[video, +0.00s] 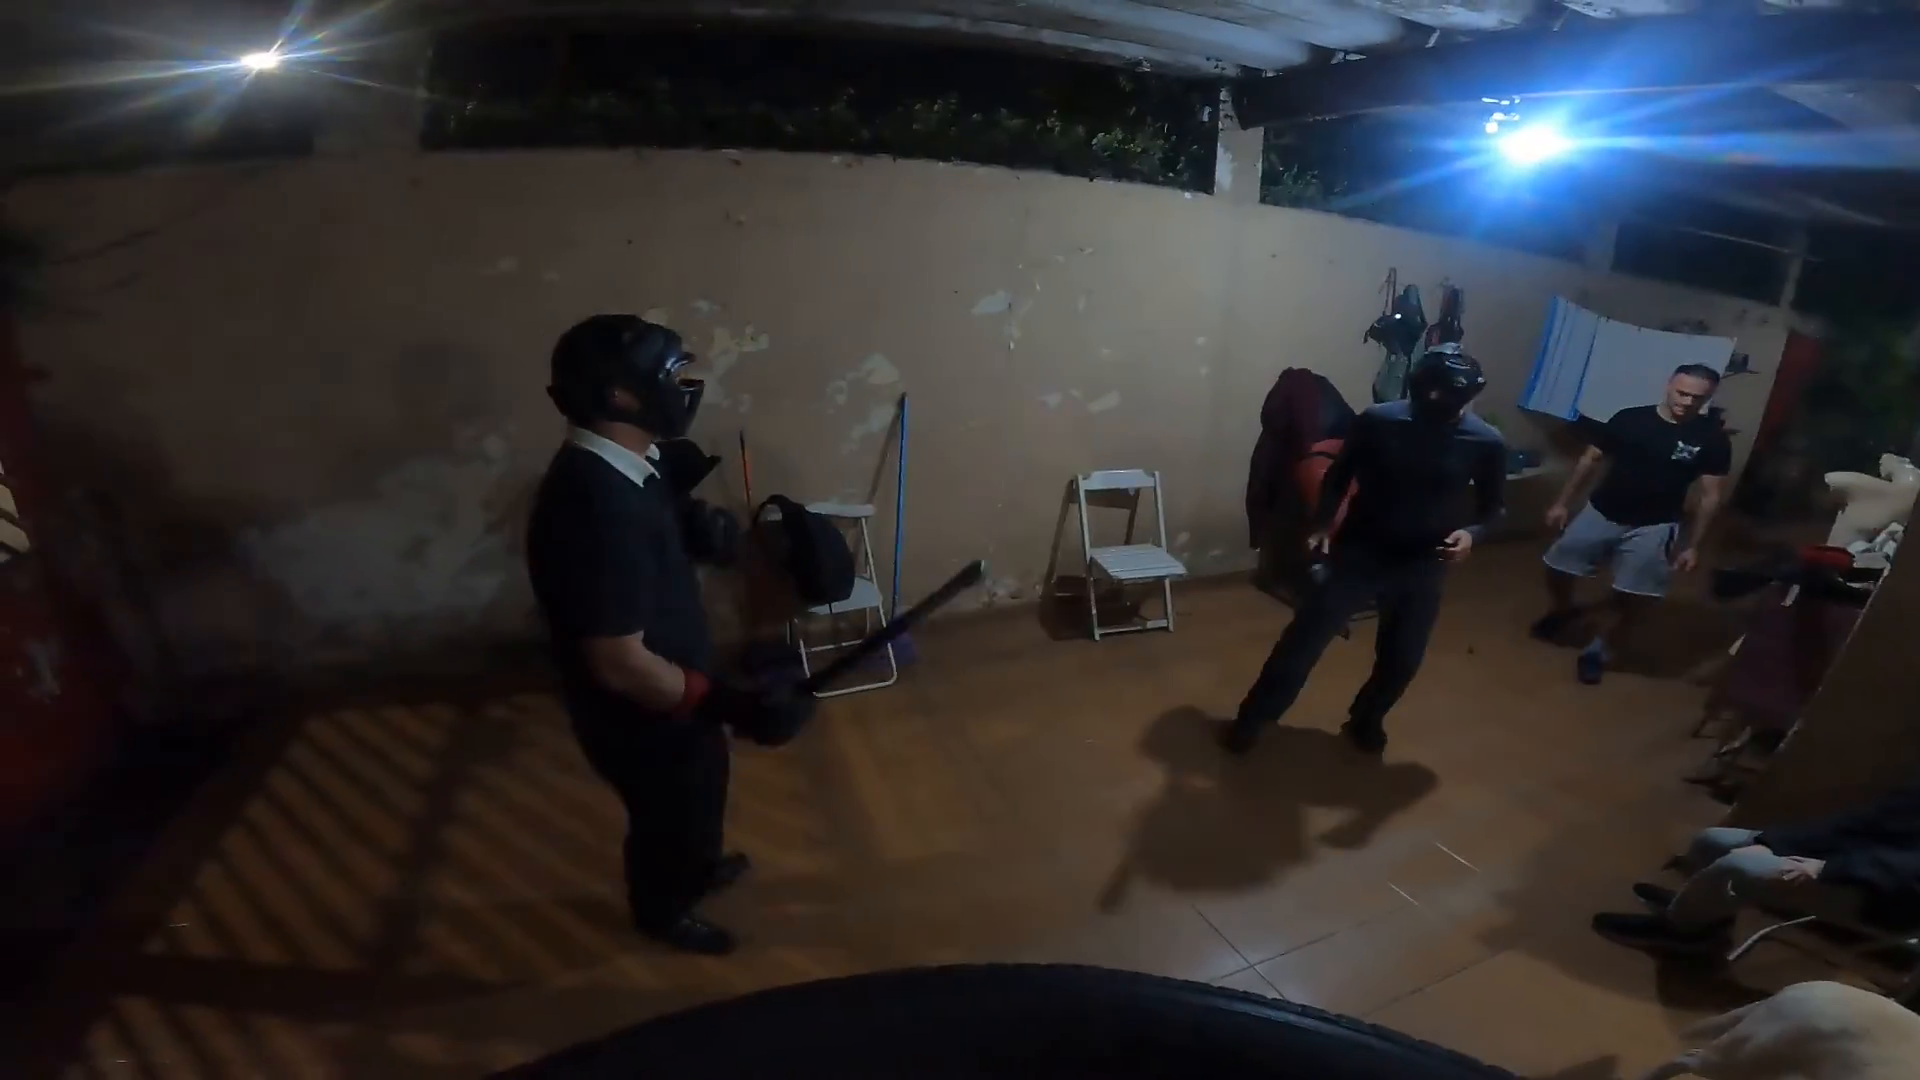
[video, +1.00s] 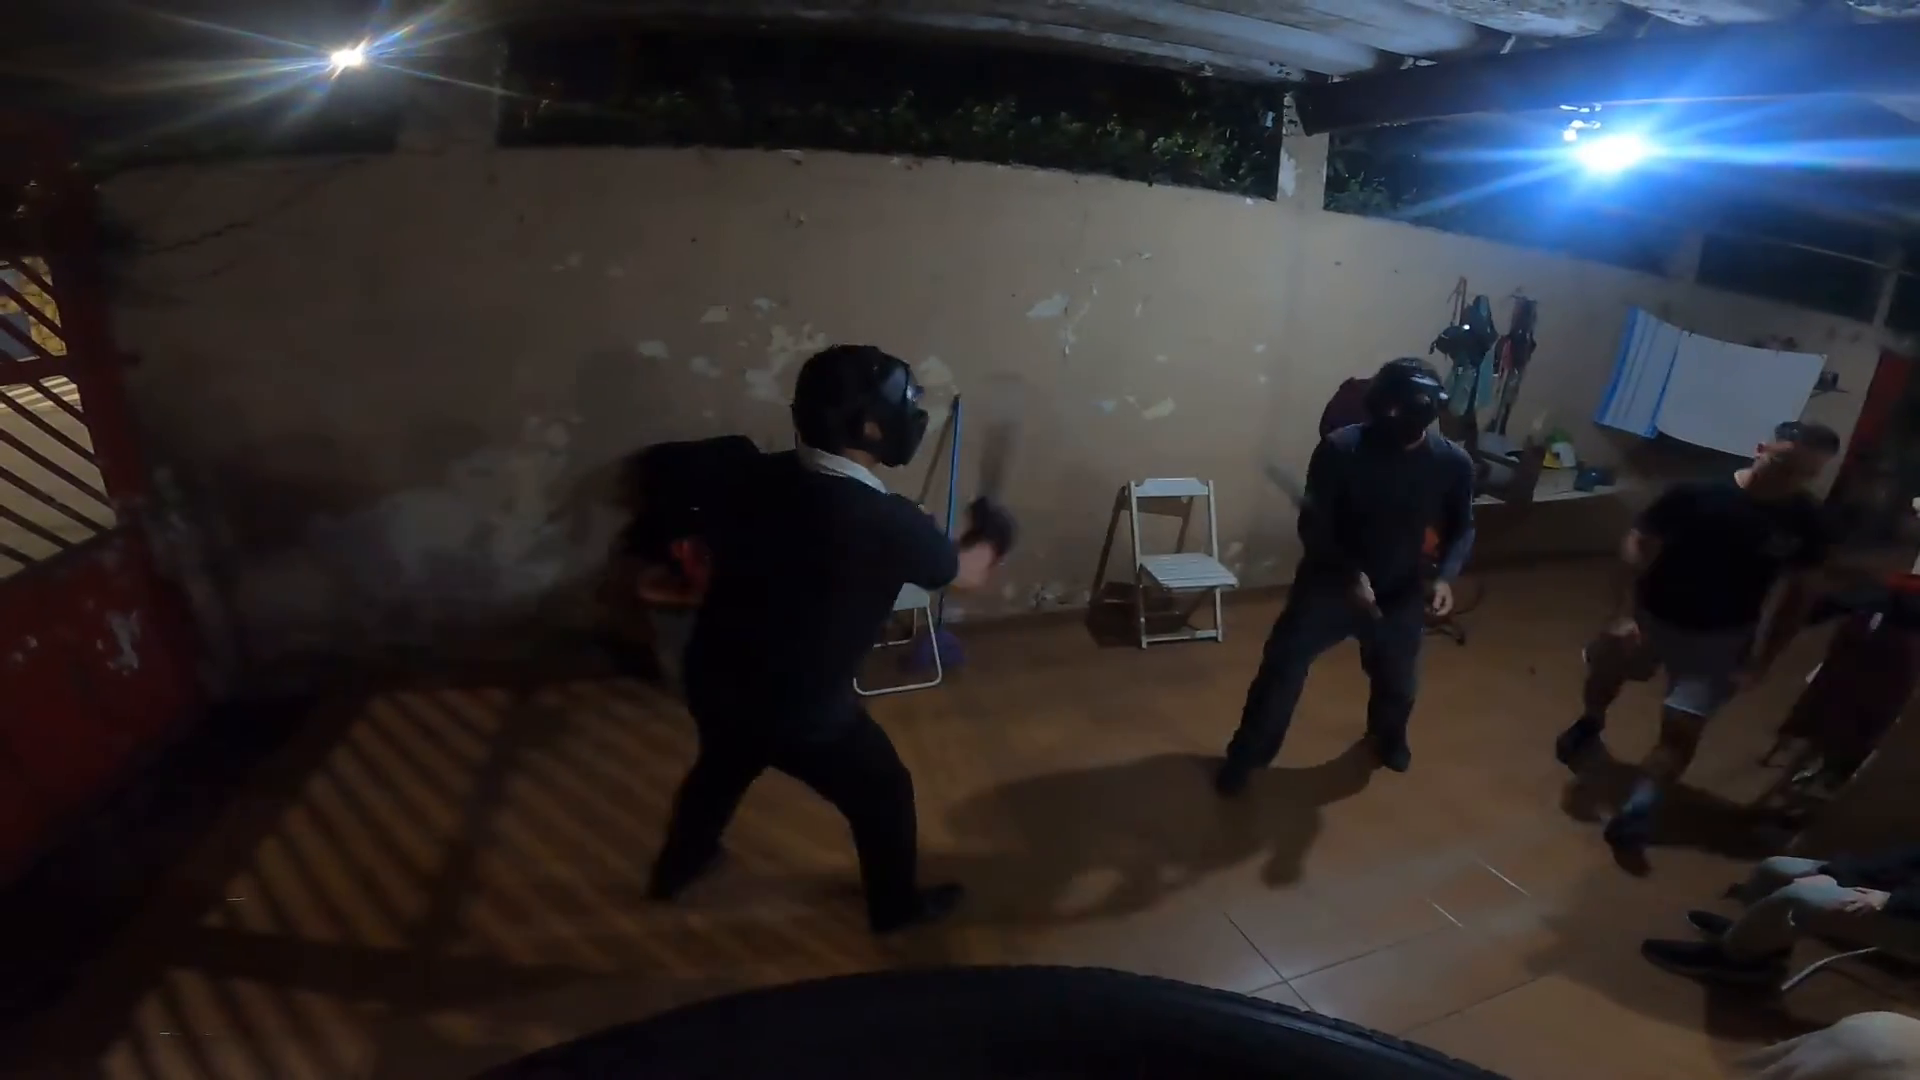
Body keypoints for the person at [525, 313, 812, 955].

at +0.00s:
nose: (684, 383)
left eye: (679, 368)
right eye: (665, 373)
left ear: (620, 398)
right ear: (620, 397)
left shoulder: (631, 466)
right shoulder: (588, 498)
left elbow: (635, 542)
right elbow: (616, 655)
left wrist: (692, 530)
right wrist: (713, 700)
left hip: (668, 689)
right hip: (633, 710)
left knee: (694, 788)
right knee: (666, 815)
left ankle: (695, 866)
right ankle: (662, 914)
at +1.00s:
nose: (913, 415)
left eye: (909, 402)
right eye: (901, 405)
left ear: (807, 417)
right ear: (868, 429)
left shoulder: (755, 479)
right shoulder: (890, 522)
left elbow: (645, 474)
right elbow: (962, 570)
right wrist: (990, 539)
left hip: (717, 685)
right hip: (808, 711)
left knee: (723, 765)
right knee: (883, 792)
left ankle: (675, 866)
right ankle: (894, 905)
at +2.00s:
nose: (505, 415)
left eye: (498, 403)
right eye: (483, 408)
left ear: (434, 437)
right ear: (431, 436)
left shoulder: (458, 497)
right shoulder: (404, 525)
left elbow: (466, 588)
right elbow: (445, 661)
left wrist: (525, 590)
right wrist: (543, 693)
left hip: (460, 686)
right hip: (424, 704)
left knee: (451, 772)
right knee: (585, 784)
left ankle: (389, 878)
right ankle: (605, 905)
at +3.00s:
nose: (554, 444)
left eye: (547, 432)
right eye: (535, 438)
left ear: (483, 463)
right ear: (485, 462)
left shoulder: (488, 517)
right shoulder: (485, 544)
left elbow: (551, 606)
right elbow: (493, 679)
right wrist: (560, 724)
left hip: (442, 697)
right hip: (470, 711)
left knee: (508, 755)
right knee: (637, 773)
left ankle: (433, 853)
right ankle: (704, 888)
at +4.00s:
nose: (399, 426)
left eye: (394, 413)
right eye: (378, 416)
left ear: (325, 440)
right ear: (324, 438)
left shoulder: (349, 496)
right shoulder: (310, 516)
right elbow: (433, 606)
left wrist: (439, 558)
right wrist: (537, 606)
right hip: (318, 713)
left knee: (389, 763)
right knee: (486, 762)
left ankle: (359, 876)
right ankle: (512, 894)